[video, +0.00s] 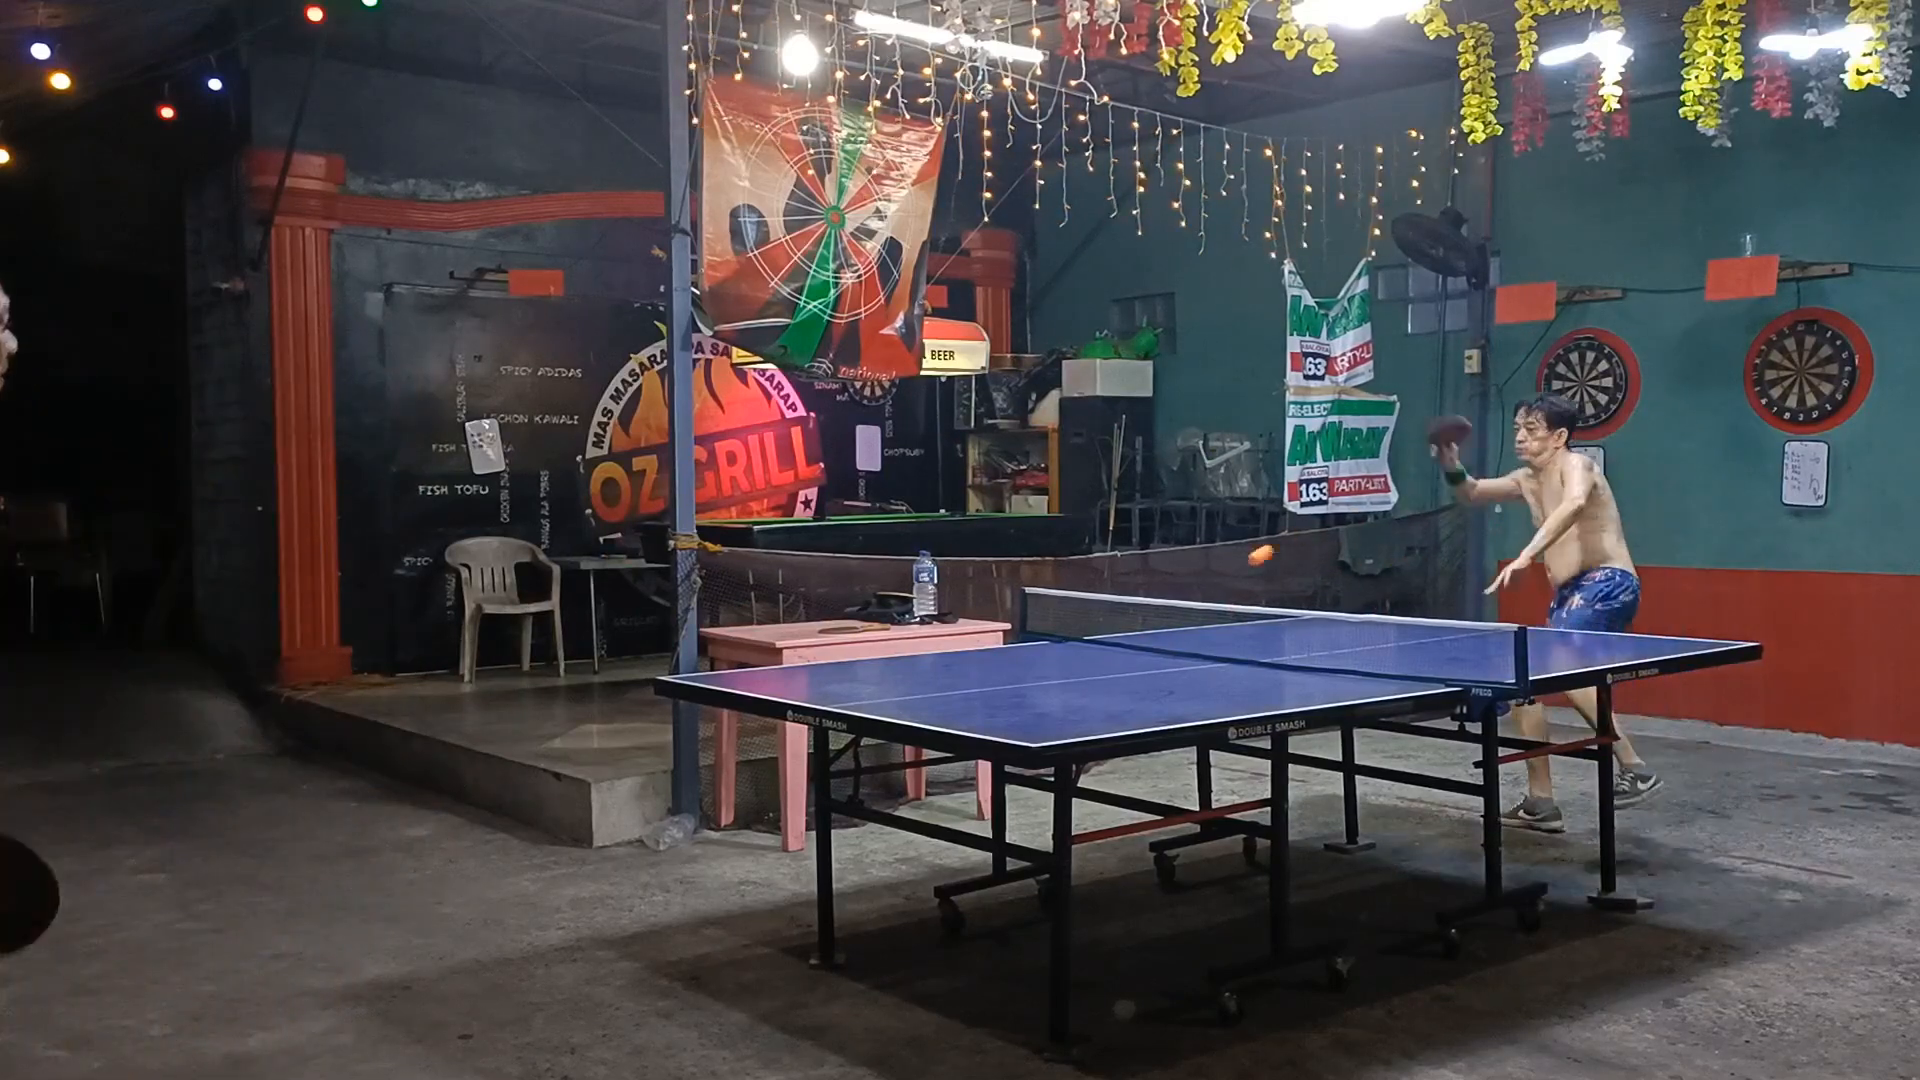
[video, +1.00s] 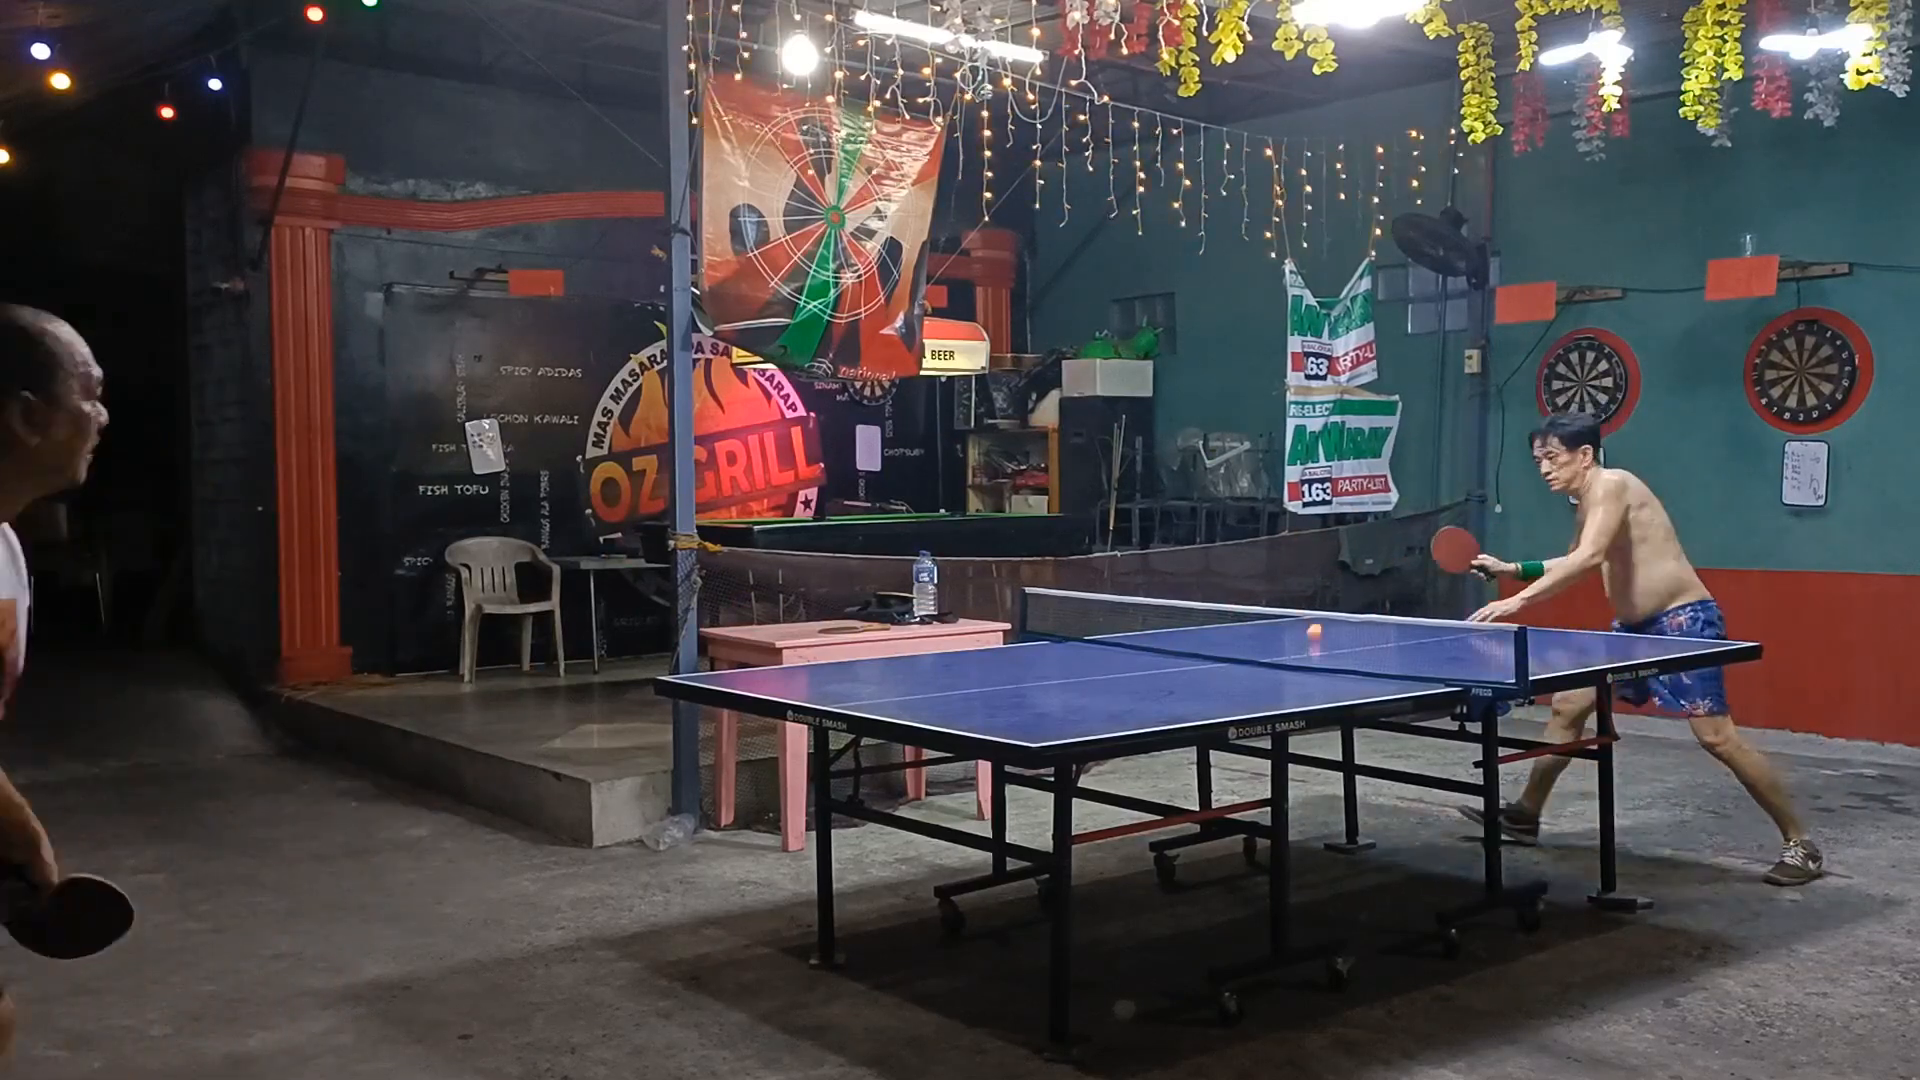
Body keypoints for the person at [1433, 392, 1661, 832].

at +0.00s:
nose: (1521, 437)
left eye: (1530, 429)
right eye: (1518, 429)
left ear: (1559, 435)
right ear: (1516, 435)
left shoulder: (1575, 464)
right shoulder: (1526, 478)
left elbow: (1575, 504)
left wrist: (1526, 555)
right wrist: (1452, 467)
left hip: (1606, 584)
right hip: (1567, 596)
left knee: (1566, 667)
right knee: (1520, 685)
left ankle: (1633, 767)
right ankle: (1540, 799)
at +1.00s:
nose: (1544, 468)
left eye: (1552, 457)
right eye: (1540, 459)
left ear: (1585, 454)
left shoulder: (1611, 485)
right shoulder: (1589, 500)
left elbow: (1590, 555)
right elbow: (1582, 561)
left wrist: (1521, 600)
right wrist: (1514, 568)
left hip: (1685, 622)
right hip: (1634, 630)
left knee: (1718, 737)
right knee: (1567, 706)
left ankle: (1800, 844)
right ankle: (1525, 814)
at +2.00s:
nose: (1558, 438)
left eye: (1568, 427)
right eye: (1553, 430)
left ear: (1602, 428)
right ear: (1553, 436)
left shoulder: (1636, 465)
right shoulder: (1579, 484)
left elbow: (1628, 536)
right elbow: (1557, 538)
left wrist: (1555, 588)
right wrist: (1509, 544)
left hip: (1689, 610)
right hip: (1633, 618)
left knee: (1711, 723)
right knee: (1590, 712)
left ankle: (1798, 838)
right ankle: (1633, 823)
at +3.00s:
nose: (1584, 440)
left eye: (1594, 429)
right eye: (1581, 430)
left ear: (1629, 430)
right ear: (1584, 435)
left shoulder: (1672, 472)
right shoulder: (1596, 479)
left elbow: (1748, 516)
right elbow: (1576, 514)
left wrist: (1704, 566)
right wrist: (1540, 553)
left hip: (1689, 616)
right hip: (1630, 619)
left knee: (1703, 718)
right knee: (1591, 706)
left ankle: (1793, 818)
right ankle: (1613, 803)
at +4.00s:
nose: (1777, 481)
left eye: (1778, 467)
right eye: (1773, 472)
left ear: (1809, 451)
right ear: (1809, 453)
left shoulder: (1876, 464)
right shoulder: (1841, 522)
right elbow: (1850, 605)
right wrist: (1774, 604)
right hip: (1915, 651)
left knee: (1911, 768)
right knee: (1909, 768)